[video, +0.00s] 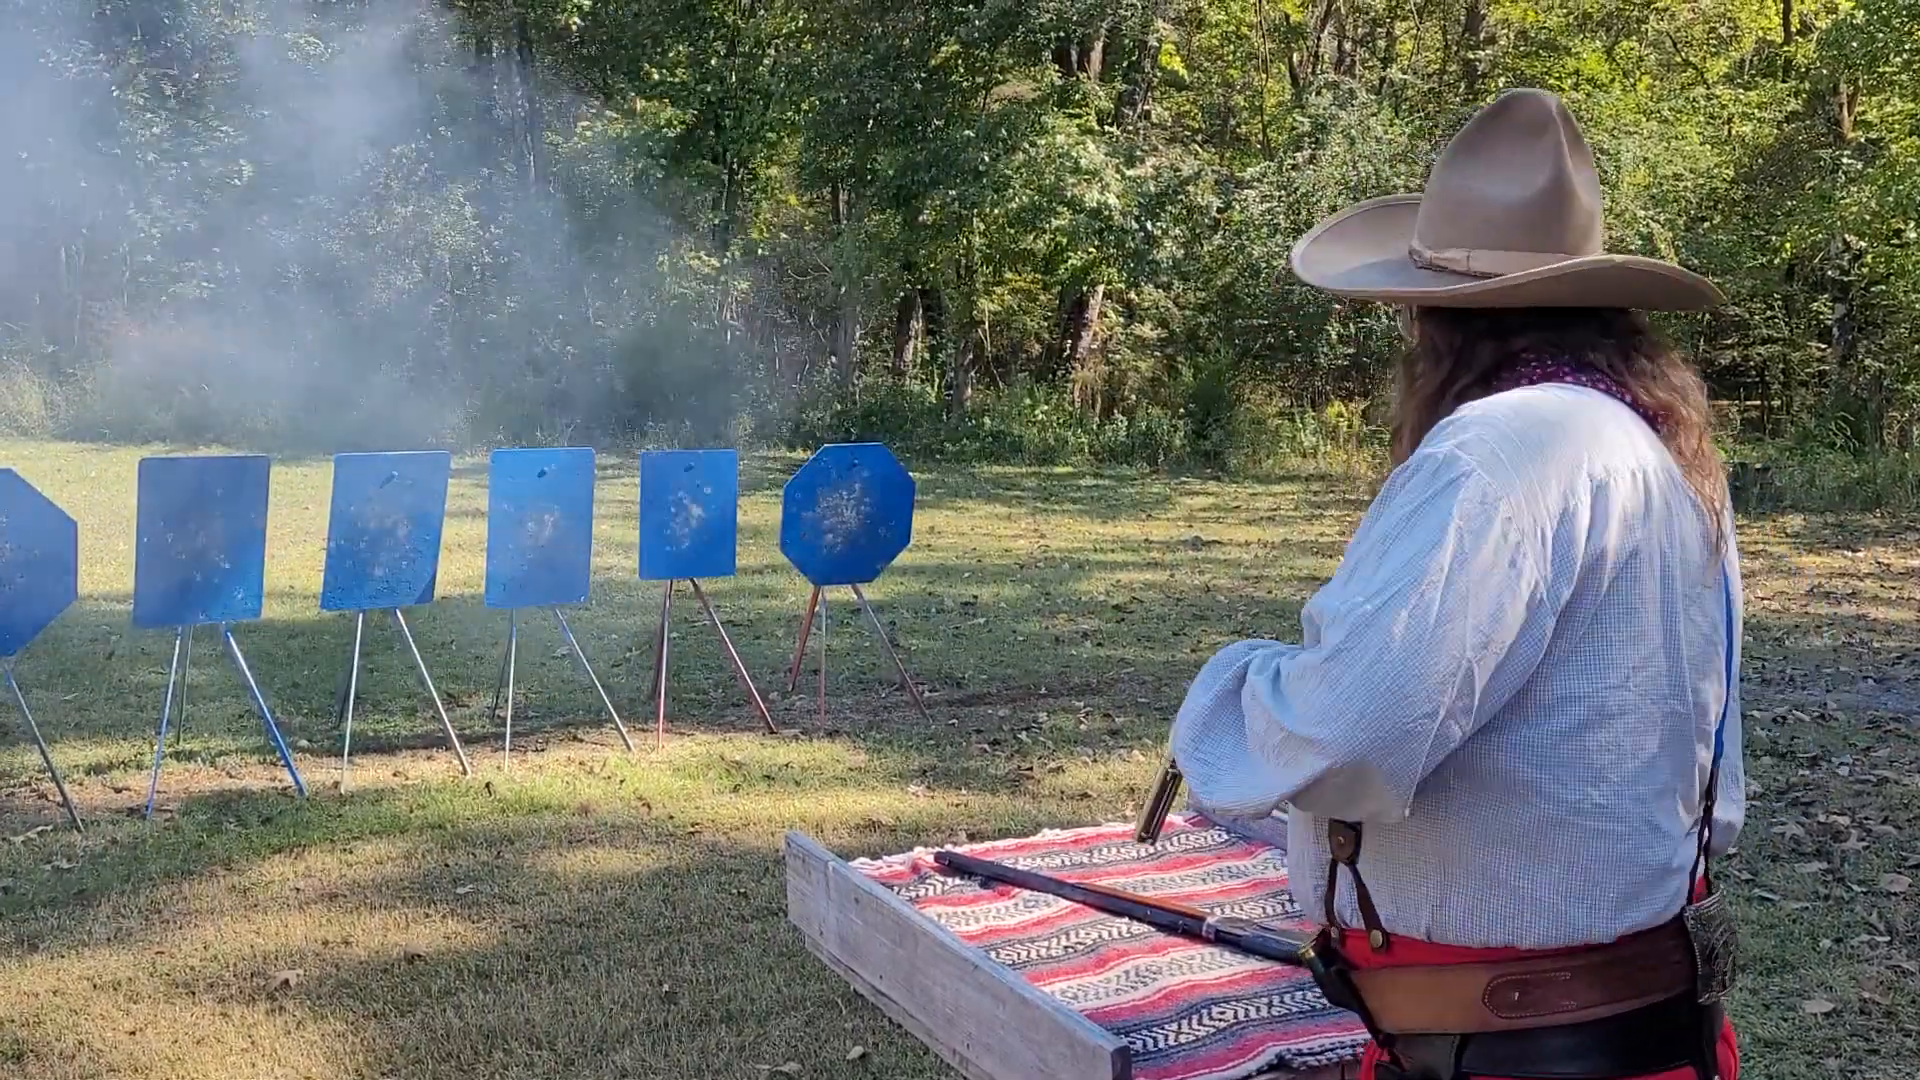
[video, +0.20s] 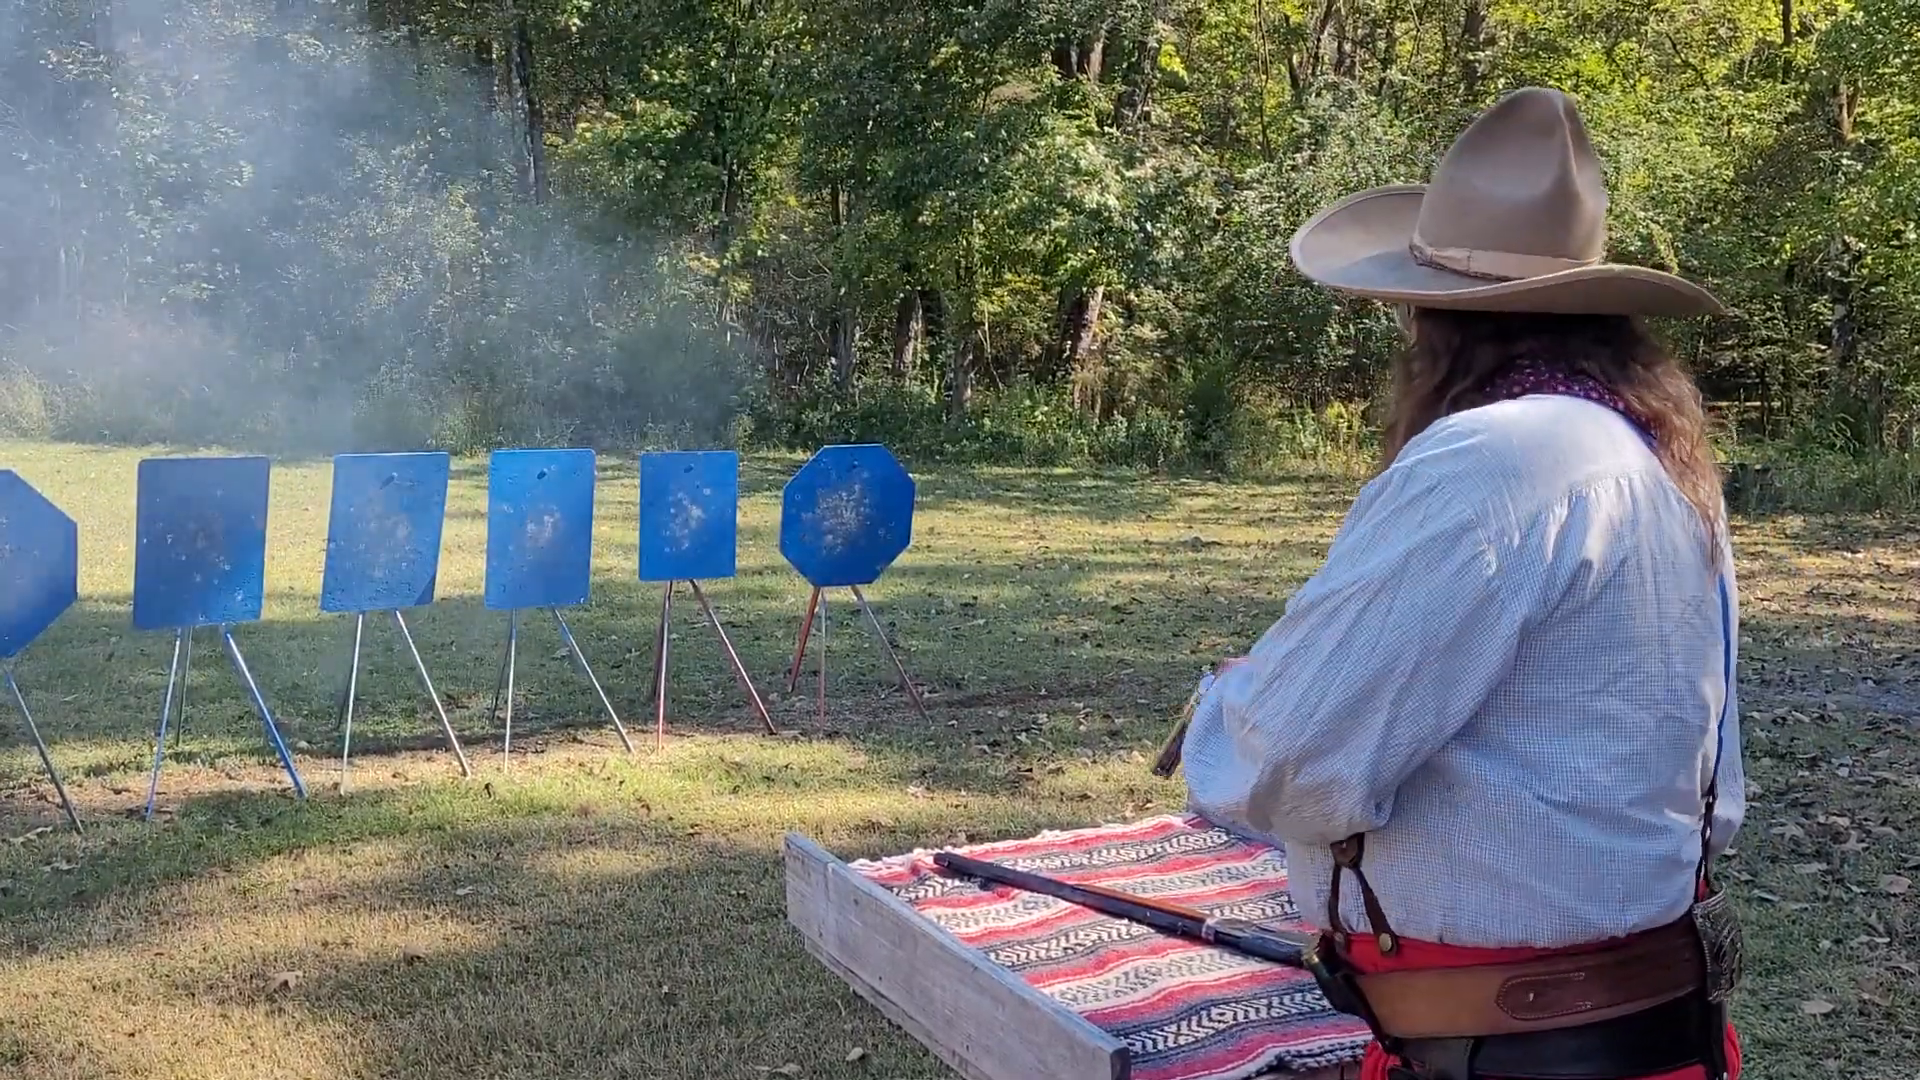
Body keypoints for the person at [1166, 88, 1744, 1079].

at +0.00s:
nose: (1406, 328)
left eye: (1417, 305)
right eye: (1410, 303)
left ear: (1457, 315)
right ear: (1589, 307)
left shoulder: (1503, 453)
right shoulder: (1665, 454)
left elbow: (1354, 737)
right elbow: (1709, 791)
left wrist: (1234, 683)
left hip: (1497, 1038)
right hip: (1639, 1006)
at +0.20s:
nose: (1403, 330)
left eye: (1414, 307)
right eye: (1409, 303)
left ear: (1447, 320)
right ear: (1588, 315)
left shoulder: (1497, 462)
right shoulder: (1661, 464)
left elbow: (1286, 761)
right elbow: (1708, 795)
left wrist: (1226, 697)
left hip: (1498, 1044)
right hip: (1646, 1005)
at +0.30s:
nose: (1400, 332)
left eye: (1411, 308)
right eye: (1406, 305)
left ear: (1442, 322)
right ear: (1586, 315)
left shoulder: (1486, 461)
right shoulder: (1665, 463)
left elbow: (1265, 757)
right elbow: (1713, 790)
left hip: (1496, 1044)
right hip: (1649, 1006)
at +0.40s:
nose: (1395, 335)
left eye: (1407, 312)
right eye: (1401, 307)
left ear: (1439, 326)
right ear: (1585, 319)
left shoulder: (1474, 464)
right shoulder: (1672, 469)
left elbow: (1261, 759)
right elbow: (1714, 791)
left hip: (1485, 1040)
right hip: (1649, 1004)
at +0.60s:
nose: (1395, 333)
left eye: (1406, 309)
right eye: (1400, 306)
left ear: (1441, 321)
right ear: (1581, 313)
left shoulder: (1485, 472)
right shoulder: (1671, 469)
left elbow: (1312, 761)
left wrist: (1216, 705)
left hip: (1492, 1042)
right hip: (1649, 1008)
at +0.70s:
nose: (1404, 335)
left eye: (1414, 311)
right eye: (1409, 308)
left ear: (1450, 324)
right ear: (1585, 313)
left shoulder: (1498, 481)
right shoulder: (1665, 471)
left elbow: (1331, 783)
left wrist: (1200, 801)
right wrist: (1360, 638)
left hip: (1503, 1043)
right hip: (1650, 1007)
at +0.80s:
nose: (1408, 338)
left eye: (1417, 314)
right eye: (1413, 309)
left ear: (1453, 325)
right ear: (1590, 314)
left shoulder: (1510, 487)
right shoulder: (1663, 469)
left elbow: (1386, 822)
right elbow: (1578, 692)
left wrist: (1231, 861)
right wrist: (1361, 609)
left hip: (1504, 1039)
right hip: (1652, 1001)